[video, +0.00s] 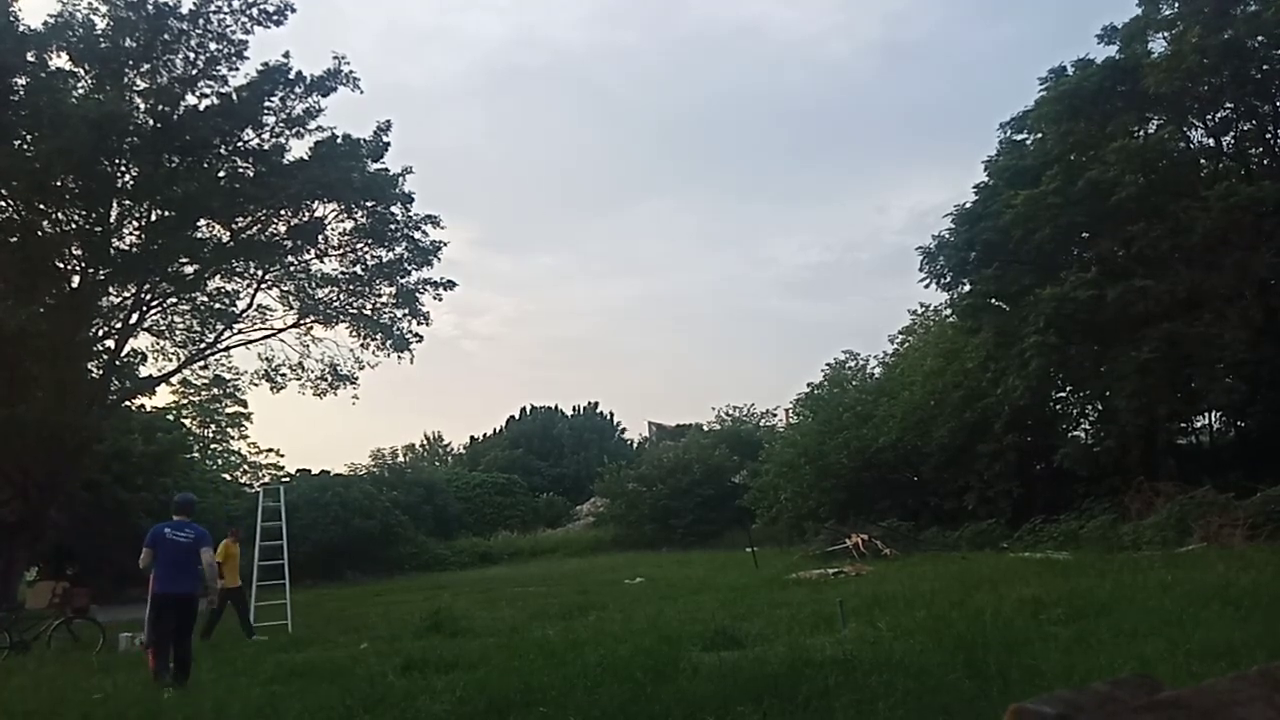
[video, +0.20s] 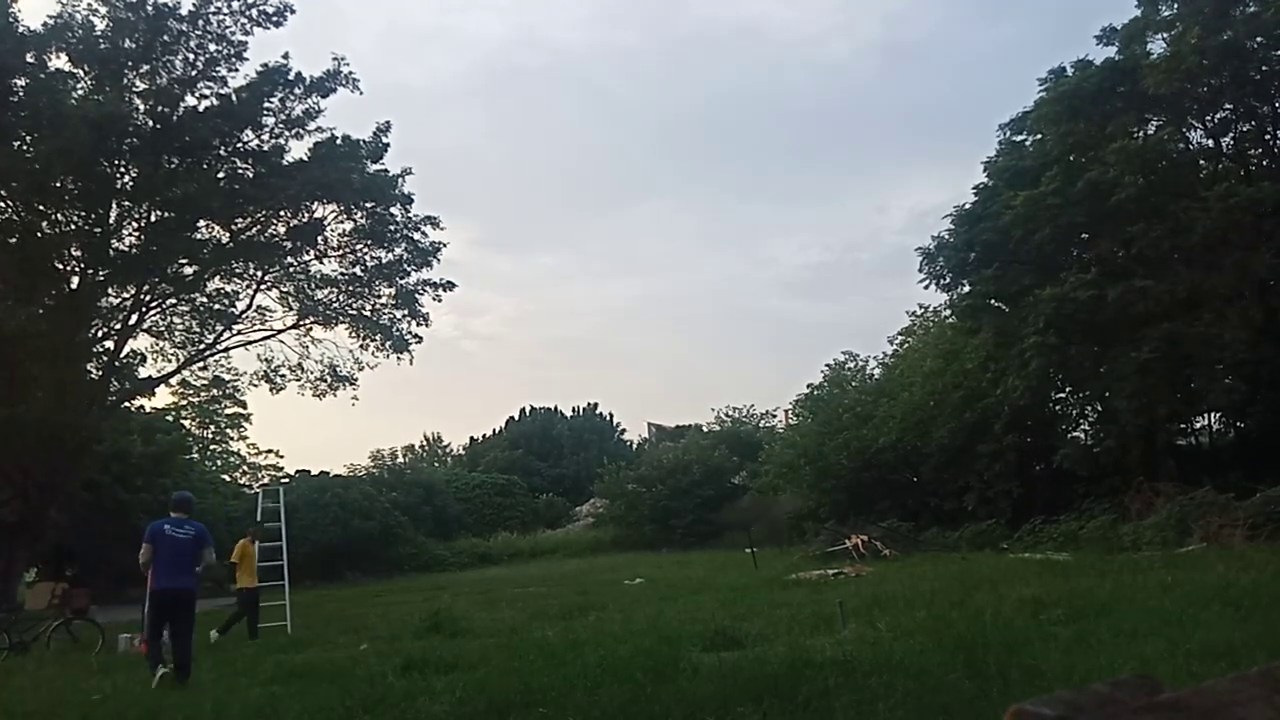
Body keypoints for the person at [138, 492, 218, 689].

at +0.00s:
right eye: (189, 510)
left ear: (172, 510)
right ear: (191, 511)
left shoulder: (157, 531)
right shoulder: (200, 533)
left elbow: (143, 563)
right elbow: (208, 562)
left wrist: (157, 555)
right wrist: (213, 591)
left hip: (162, 595)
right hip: (188, 595)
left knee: (159, 639)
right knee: (184, 640)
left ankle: (162, 680)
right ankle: (181, 682)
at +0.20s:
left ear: (170, 508)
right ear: (190, 509)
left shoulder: (156, 527)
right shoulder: (200, 530)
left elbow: (144, 557)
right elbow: (210, 560)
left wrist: (146, 571)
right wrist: (198, 569)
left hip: (160, 590)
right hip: (186, 591)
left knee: (153, 634)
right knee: (183, 635)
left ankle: (158, 667)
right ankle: (182, 678)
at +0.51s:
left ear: (160, 516)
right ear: (178, 517)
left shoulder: (147, 538)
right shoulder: (188, 538)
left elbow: (138, 570)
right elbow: (189, 566)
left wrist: (134, 596)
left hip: (152, 597)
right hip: (178, 597)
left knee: (147, 639)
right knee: (177, 640)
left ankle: (143, 677)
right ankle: (177, 680)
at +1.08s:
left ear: (152, 521)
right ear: (170, 523)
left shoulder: (140, 539)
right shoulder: (177, 542)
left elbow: (113, 562)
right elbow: (174, 565)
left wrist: (129, 578)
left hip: (141, 595)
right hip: (165, 595)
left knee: (138, 634)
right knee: (158, 634)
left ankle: (144, 671)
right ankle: (156, 669)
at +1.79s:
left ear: (128, 528)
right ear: (144, 528)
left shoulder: (117, 546)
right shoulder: (152, 543)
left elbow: (110, 572)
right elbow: (164, 567)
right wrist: (169, 585)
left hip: (124, 597)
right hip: (147, 595)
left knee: (120, 633)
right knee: (145, 628)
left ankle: (120, 668)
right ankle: (142, 651)